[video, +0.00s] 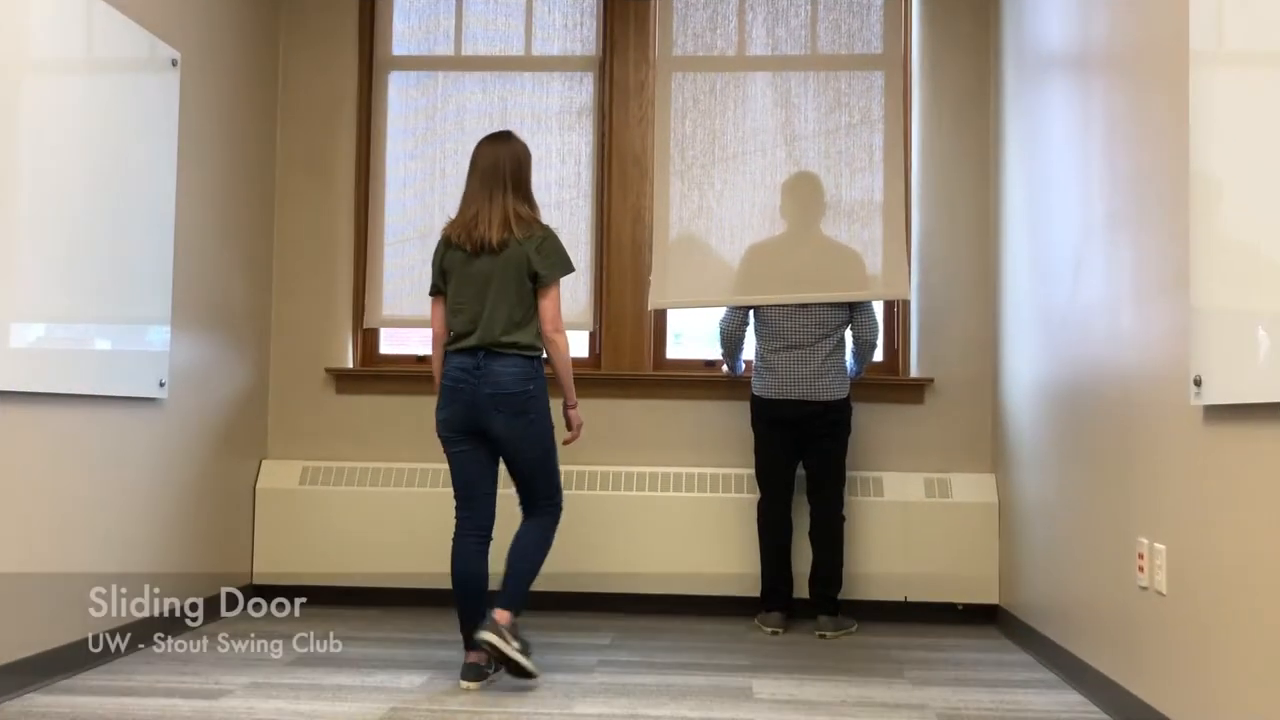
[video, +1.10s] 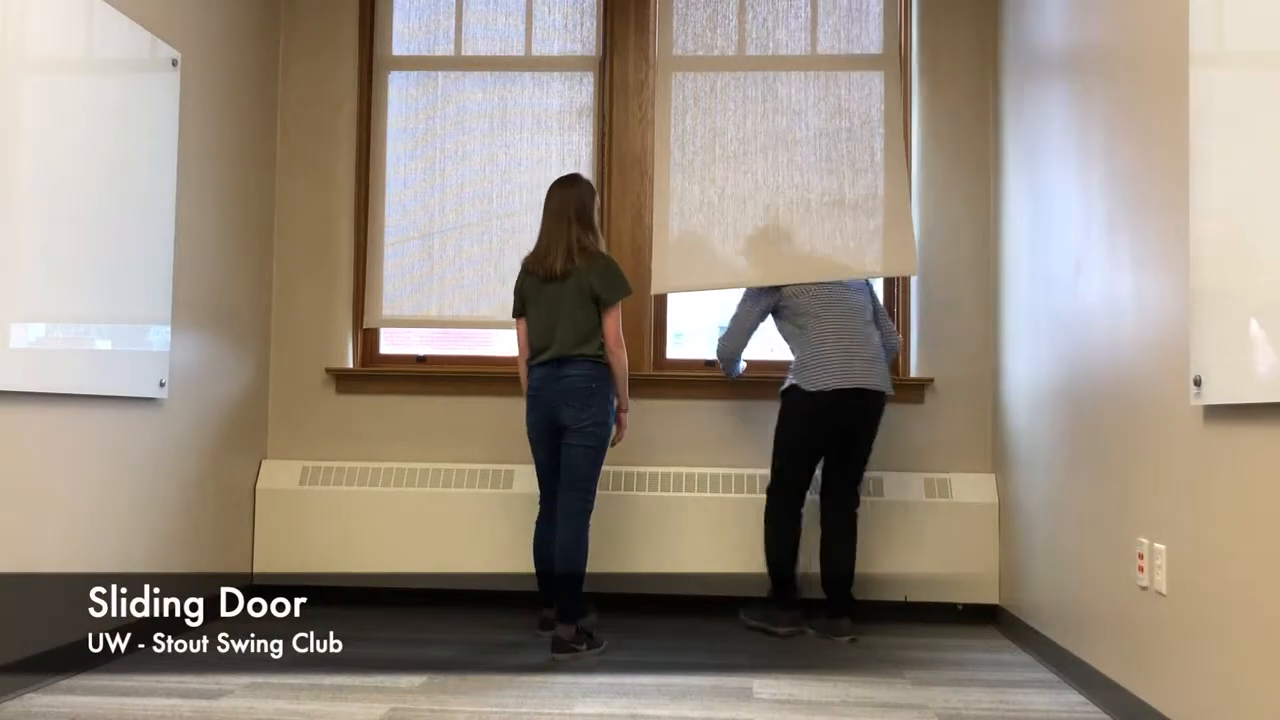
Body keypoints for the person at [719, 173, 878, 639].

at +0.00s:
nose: (800, 210)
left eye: (794, 201)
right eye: (808, 201)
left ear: (783, 206)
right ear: (822, 206)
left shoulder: (759, 256)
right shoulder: (845, 259)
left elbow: (732, 324)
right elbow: (867, 329)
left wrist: (733, 362)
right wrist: (855, 368)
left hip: (772, 398)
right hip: (827, 398)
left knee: (773, 503)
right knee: (827, 506)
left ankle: (774, 610)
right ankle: (826, 612)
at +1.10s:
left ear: (780, 241)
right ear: (821, 236)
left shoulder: (773, 273)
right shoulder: (852, 271)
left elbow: (731, 344)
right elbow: (891, 340)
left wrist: (729, 365)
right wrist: (866, 376)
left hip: (814, 390)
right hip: (869, 392)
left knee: (785, 495)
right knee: (841, 499)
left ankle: (783, 607)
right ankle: (839, 614)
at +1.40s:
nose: (727, 346)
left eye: (726, 335)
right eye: (722, 339)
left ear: (748, 319)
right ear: (750, 318)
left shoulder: (771, 333)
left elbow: (776, 419)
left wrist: (751, 407)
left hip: (875, 401)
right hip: (904, 397)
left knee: (822, 504)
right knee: (839, 506)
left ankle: (853, 637)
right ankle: (848, 628)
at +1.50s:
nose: (724, 351)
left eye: (727, 339)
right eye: (719, 343)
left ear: (752, 325)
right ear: (750, 328)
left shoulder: (778, 340)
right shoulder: (781, 334)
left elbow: (792, 427)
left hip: (900, 409)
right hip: (886, 408)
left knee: (846, 504)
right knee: (828, 492)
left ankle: (868, 655)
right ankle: (840, 616)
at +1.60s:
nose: (735, 331)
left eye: (740, 318)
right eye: (728, 324)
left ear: (768, 309)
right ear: (729, 326)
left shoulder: (802, 337)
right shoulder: (798, 338)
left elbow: (820, 420)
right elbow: (846, 413)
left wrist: (807, 483)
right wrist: (813, 481)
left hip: (909, 413)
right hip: (879, 416)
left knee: (852, 508)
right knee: (822, 498)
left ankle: (868, 656)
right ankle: (838, 617)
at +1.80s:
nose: (780, 256)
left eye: (790, 245)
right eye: (770, 249)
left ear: (811, 249)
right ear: (762, 259)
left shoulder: (843, 283)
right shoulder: (788, 311)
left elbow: (912, 335)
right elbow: (824, 383)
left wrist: (883, 416)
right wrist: (836, 435)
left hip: (907, 412)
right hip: (855, 419)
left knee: (859, 514)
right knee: (816, 510)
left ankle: (869, 656)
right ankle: (832, 617)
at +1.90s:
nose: (801, 225)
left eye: (812, 215)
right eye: (791, 217)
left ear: (831, 222)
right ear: (778, 227)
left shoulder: (866, 261)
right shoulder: (791, 289)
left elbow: (950, 308)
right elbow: (817, 365)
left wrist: (923, 390)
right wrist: (826, 419)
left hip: (895, 405)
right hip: (842, 414)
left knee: (863, 515)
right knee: (814, 513)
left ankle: (870, 657)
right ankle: (832, 619)